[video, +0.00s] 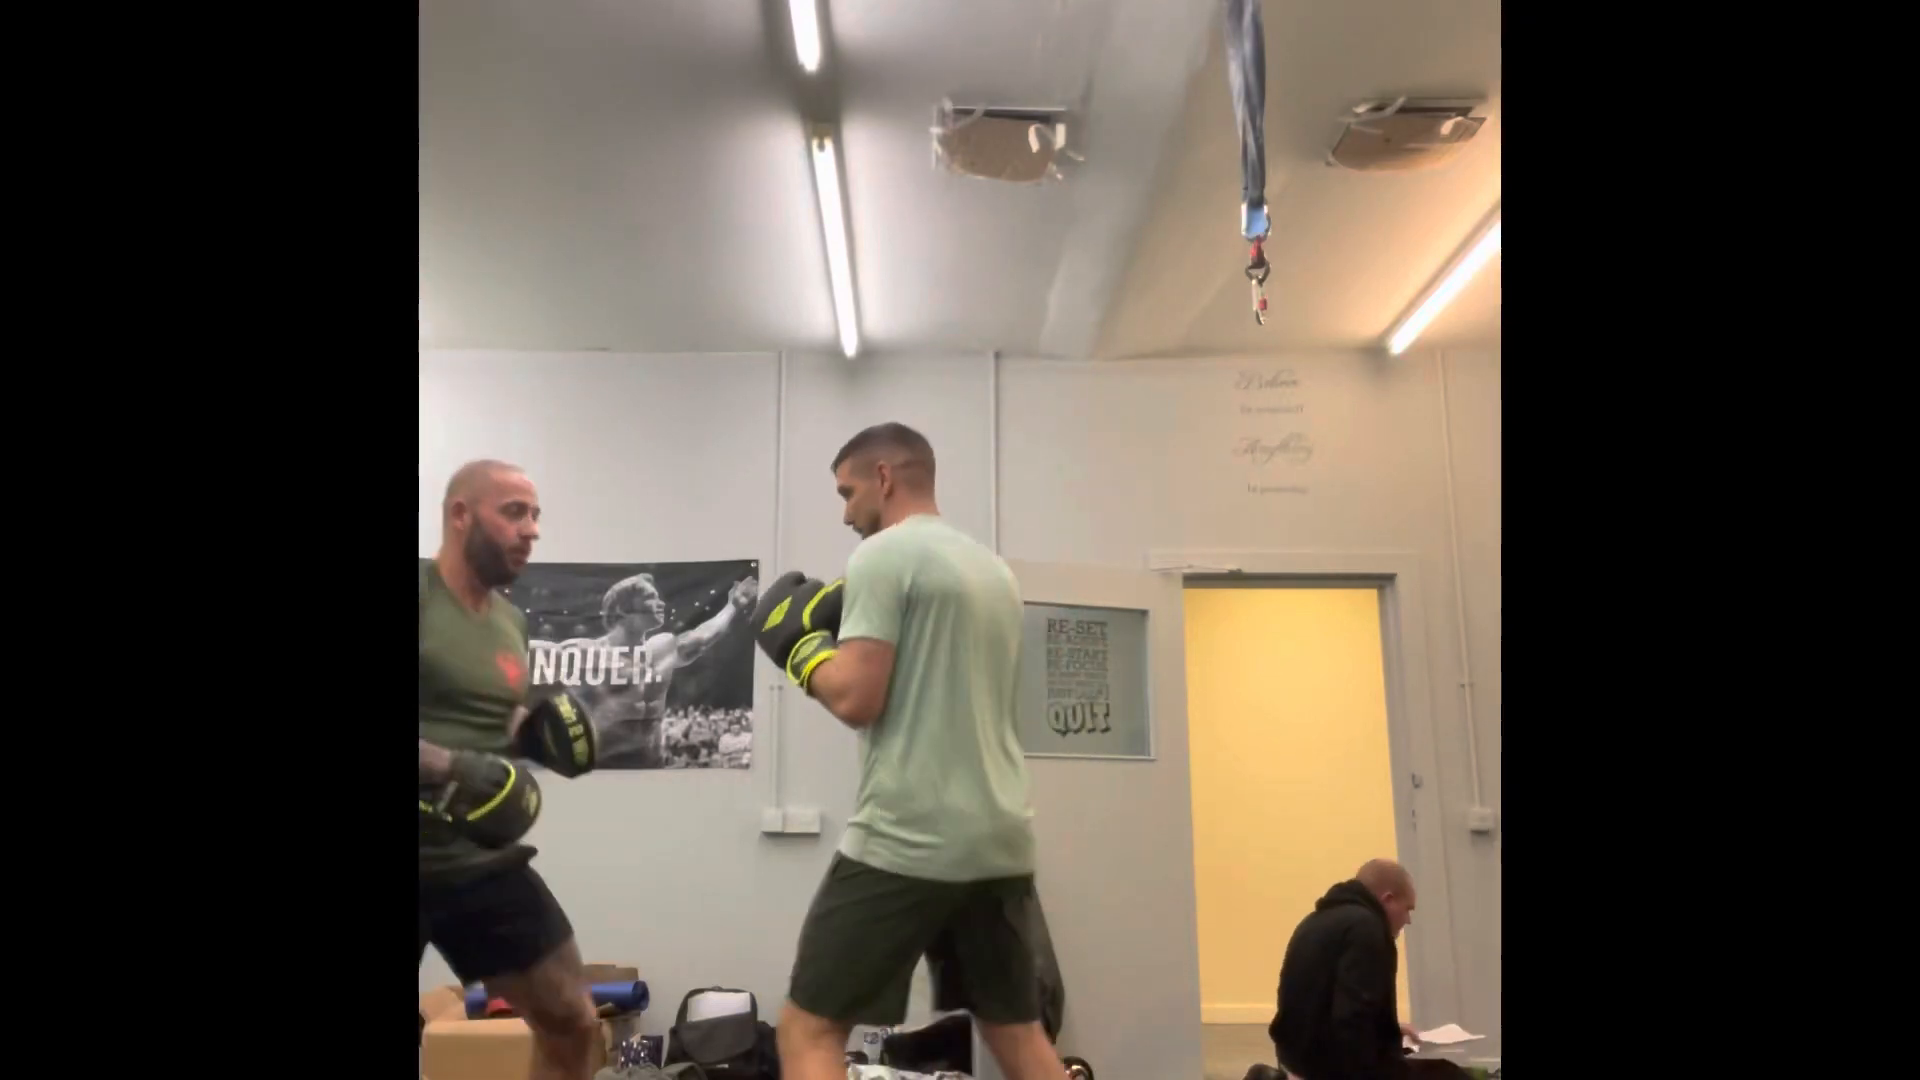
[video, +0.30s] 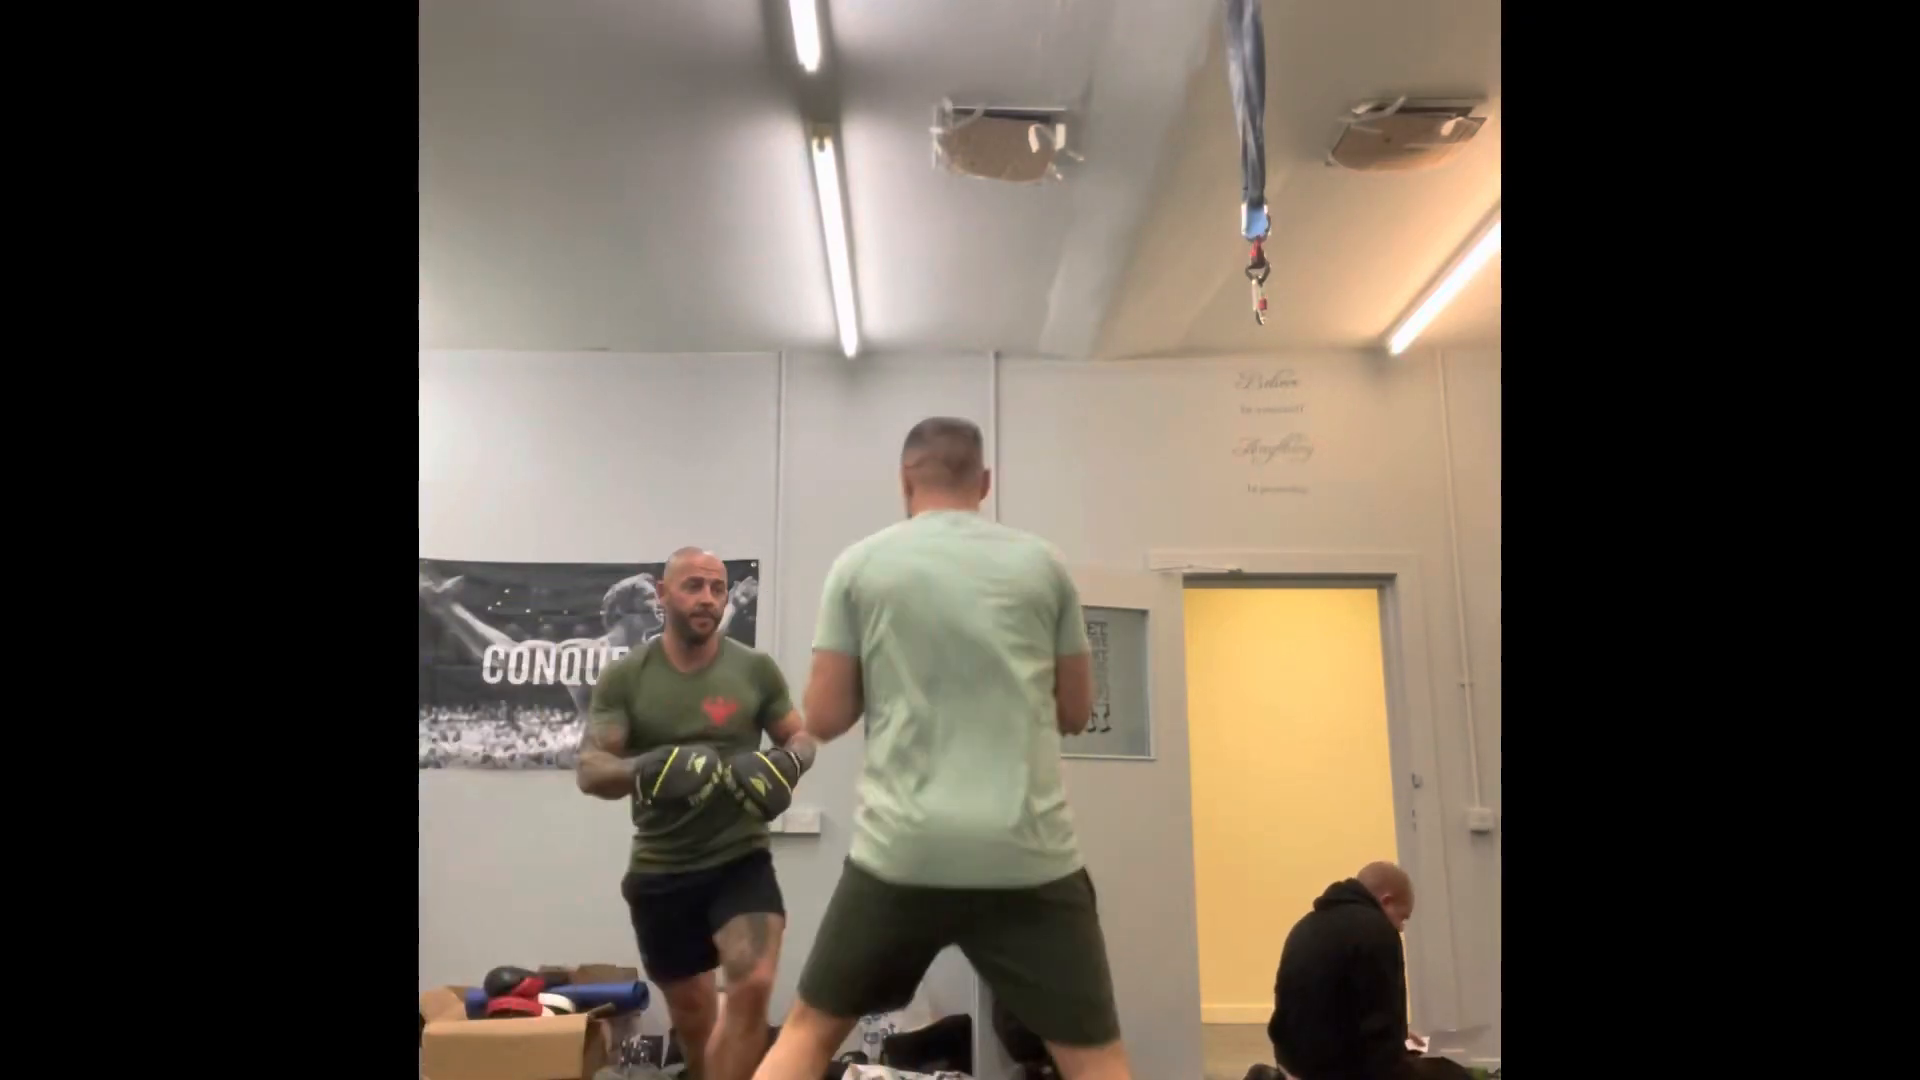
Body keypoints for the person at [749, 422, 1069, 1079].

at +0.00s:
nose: (845, 515)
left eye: (847, 494)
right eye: (842, 498)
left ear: (885, 476)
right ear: (903, 479)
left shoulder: (884, 557)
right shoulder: (994, 568)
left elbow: (856, 699)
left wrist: (795, 646)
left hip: (904, 841)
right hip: (999, 839)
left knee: (809, 1029)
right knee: (1019, 1034)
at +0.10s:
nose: (909, 491)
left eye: (908, 470)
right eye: (905, 472)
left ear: (939, 450)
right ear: (975, 453)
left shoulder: (927, 535)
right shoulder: (1061, 547)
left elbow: (890, 681)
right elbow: (1042, 667)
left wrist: (854, 622)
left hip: (949, 816)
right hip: (1058, 811)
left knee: (887, 1015)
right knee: (1090, 1009)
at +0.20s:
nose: (946, 491)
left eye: (946, 477)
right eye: (945, 479)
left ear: (964, 468)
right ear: (1028, 474)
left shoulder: (934, 547)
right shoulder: (1095, 564)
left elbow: (893, 694)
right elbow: (1109, 710)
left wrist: (894, 635)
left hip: (948, 840)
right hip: (1072, 846)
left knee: (871, 1017)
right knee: (1135, 1048)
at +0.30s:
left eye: (908, 481)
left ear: (904, 482)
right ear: (985, 483)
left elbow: (825, 715)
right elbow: (1074, 712)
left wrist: (885, 657)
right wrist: (995, 672)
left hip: (899, 857)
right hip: (1029, 858)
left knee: (810, 1031)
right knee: (1095, 1060)